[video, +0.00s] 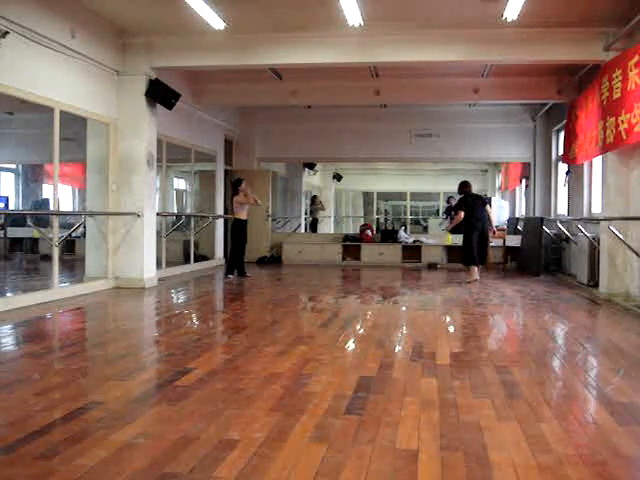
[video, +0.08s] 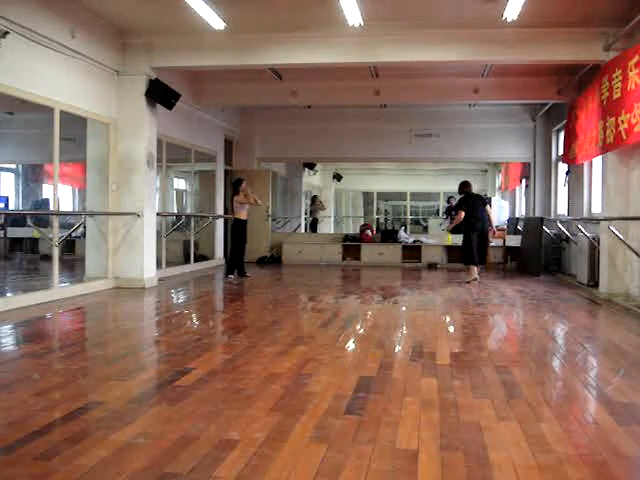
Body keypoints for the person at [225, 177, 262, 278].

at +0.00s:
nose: (245, 186)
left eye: (245, 184)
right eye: (243, 184)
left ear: (242, 186)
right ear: (239, 187)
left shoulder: (244, 197)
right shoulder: (237, 198)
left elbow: (258, 203)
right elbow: (249, 202)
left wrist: (251, 195)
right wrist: (247, 193)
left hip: (244, 221)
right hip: (237, 221)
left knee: (242, 248)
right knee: (235, 248)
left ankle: (241, 271)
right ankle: (229, 272)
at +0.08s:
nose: (245, 187)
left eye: (245, 184)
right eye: (243, 185)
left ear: (243, 186)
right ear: (239, 186)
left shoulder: (244, 197)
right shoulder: (237, 198)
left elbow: (258, 203)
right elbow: (250, 202)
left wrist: (251, 194)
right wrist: (248, 193)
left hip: (243, 221)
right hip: (237, 221)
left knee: (242, 248)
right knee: (235, 248)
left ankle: (241, 271)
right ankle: (230, 272)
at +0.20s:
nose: (245, 188)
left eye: (245, 185)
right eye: (243, 186)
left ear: (242, 187)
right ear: (239, 187)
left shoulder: (243, 198)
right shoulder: (237, 198)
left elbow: (256, 202)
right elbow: (253, 202)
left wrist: (249, 191)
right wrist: (248, 192)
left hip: (243, 221)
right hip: (237, 221)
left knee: (241, 247)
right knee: (236, 247)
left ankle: (241, 271)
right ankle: (230, 271)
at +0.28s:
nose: (245, 188)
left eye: (245, 185)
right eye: (243, 185)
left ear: (240, 187)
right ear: (239, 187)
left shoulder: (242, 198)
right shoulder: (237, 198)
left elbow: (255, 202)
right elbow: (254, 202)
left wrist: (249, 192)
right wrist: (248, 191)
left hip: (243, 221)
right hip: (237, 221)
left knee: (240, 247)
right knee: (236, 247)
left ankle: (241, 270)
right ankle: (230, 271)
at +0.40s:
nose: (244, 187)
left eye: (244, 185)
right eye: (243, 185)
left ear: (240, 187)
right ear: (238, 187)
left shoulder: (241, 198)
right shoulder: (236, 198)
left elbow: (254, 201)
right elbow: (253, 201)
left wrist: (248, 193)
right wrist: (248, 192)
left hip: (242, 221)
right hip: (237, 221)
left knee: (240, 247)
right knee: (235, 247)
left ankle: (241, 271)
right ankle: (230, 271)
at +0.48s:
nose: (244, 187)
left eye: (244, 185)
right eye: (242, 185)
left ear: (239, 187)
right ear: (238, 187)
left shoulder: (241, 197)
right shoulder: (236, 198)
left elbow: (253, 201)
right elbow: (253, 201)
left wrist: (247, 193)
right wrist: (247, 192)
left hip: (241, 221)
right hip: (236, 221)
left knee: (239, 247)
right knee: (235, 247)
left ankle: (241, 271)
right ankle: (230, 271)